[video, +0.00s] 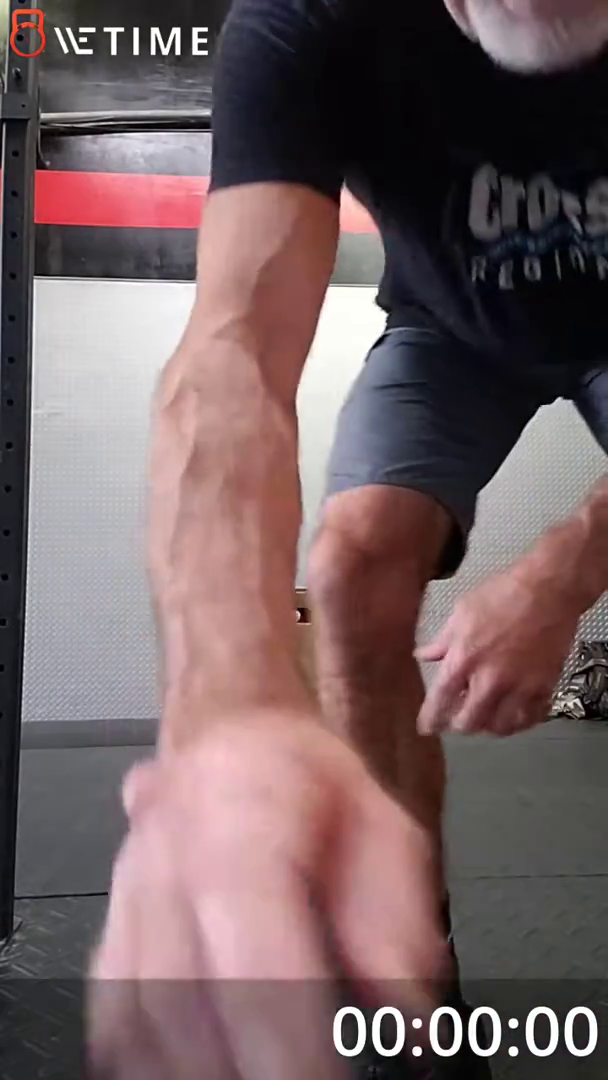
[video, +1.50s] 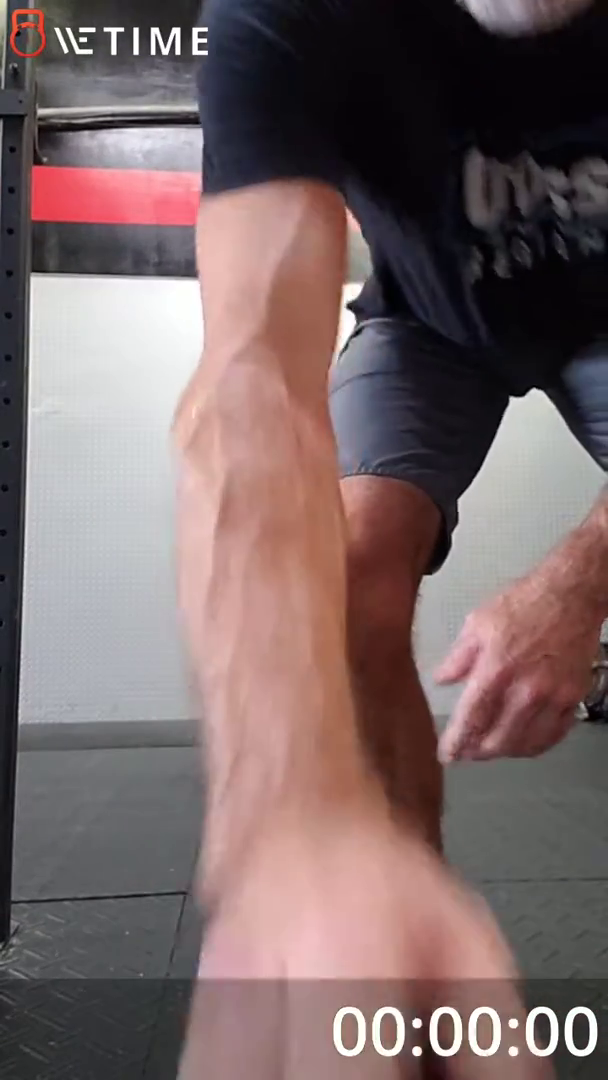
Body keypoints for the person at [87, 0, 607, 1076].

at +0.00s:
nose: (527, 3)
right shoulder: (307, 21)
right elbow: (234, 350)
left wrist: (567, 575)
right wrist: (224, 716)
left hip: (602, 338)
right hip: (456, 326)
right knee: (349, 574)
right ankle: (410, 976)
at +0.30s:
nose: (572, 14)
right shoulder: (333, 55)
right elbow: (246, 440)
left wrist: (576, 579)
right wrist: (231, 996)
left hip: (601, 346)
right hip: (447, 332)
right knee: (330, 603)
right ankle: (425, 1008)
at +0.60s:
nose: (575, 19)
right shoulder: (328, 56)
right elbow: (248, 463)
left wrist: (567, 578)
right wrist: (241, 1018)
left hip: (598, 340)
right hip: (448, 328)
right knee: (336, 590)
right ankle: (426, 1012)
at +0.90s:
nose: (570, 16)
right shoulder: (336, 46)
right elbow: (258, 464)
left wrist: (573, 576)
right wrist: (265, 1035)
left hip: (603, 340)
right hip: (449, 326)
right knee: (340, 590)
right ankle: (426, 1006)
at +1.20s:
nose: (571, 19)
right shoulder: (340, 51)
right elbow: (262, 477)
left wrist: (578, 571)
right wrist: (272, 1034)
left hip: (597, 339)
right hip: (451, 327)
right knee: (339, 588)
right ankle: (424, 1003)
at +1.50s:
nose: (533, 5)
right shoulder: (288, 16)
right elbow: (253, 380)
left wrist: (581, 582)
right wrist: (291, 826)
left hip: (591, 319)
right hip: (430, 312)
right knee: (353, 559)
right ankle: (394, 957)